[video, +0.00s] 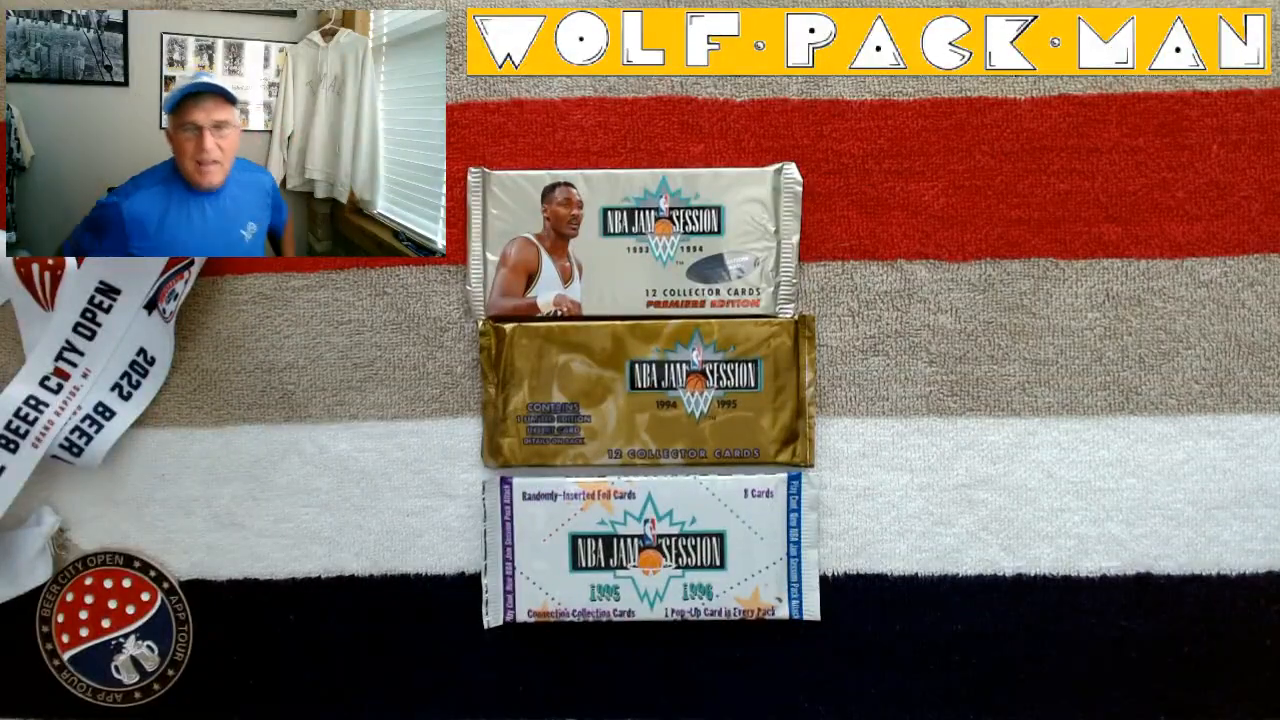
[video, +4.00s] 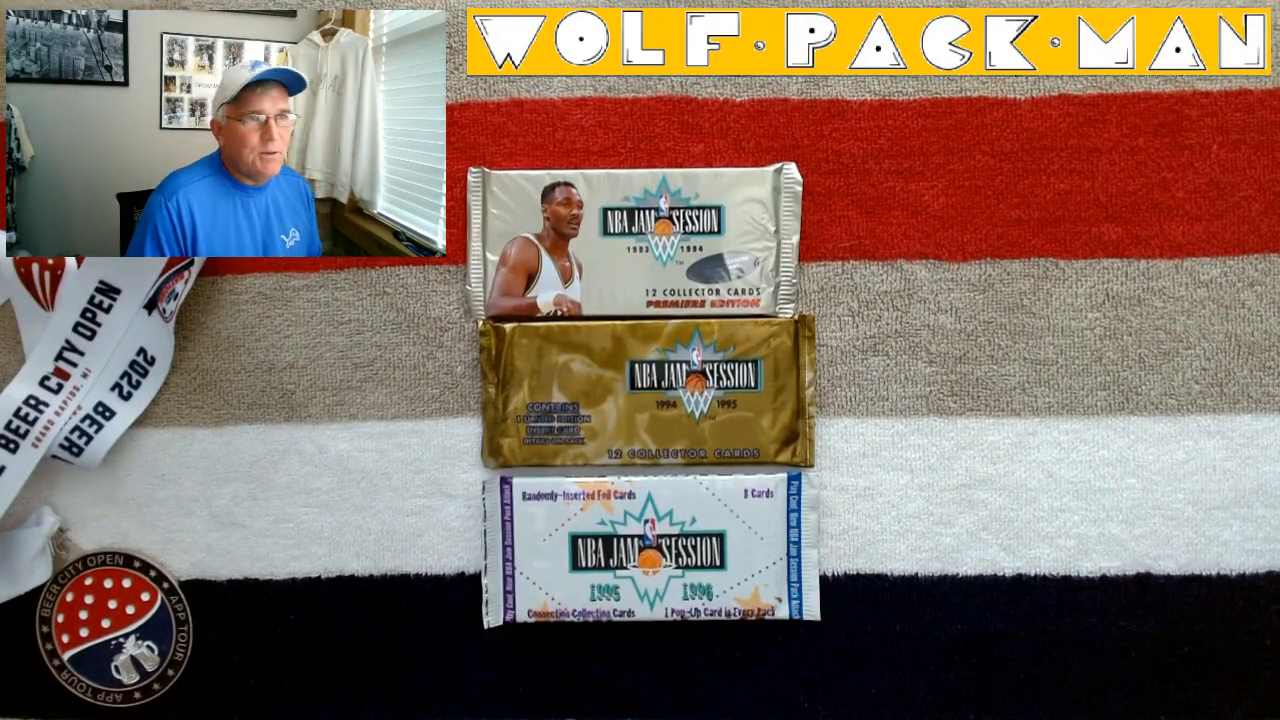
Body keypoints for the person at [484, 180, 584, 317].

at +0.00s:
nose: (576, 213)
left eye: (580, 207)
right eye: (566, 205)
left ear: (583, 211)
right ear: (545, 211)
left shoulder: (575, 265)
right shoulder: (520, 250)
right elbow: (495, 308)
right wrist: (550, 302)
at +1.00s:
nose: (576, 213)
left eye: (580, 207)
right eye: (566, 205)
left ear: (583, 211)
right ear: (546, 211)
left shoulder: (575, 265)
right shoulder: (521, 250)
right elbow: (495, 307)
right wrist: (550, 301)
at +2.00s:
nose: (576, 213)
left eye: (580, 207)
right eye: (566, 205)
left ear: (583, 211)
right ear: (545, 211)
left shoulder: (575, 265)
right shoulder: (520, 250)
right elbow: (495, 307)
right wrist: (550, 301)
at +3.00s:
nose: (576, 213)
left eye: (580, 206)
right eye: (566, 205)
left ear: (583, 211)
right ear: (546, 211)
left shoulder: (575, 265)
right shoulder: (520, 250)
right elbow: (495, 307)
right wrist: (550, 301)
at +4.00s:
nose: (576, 213)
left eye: (580, 206)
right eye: (566, 205)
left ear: (583, 211)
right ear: (545, 211)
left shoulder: (575, 265)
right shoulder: (521, 249)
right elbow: (495, 307)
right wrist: (550, 301)